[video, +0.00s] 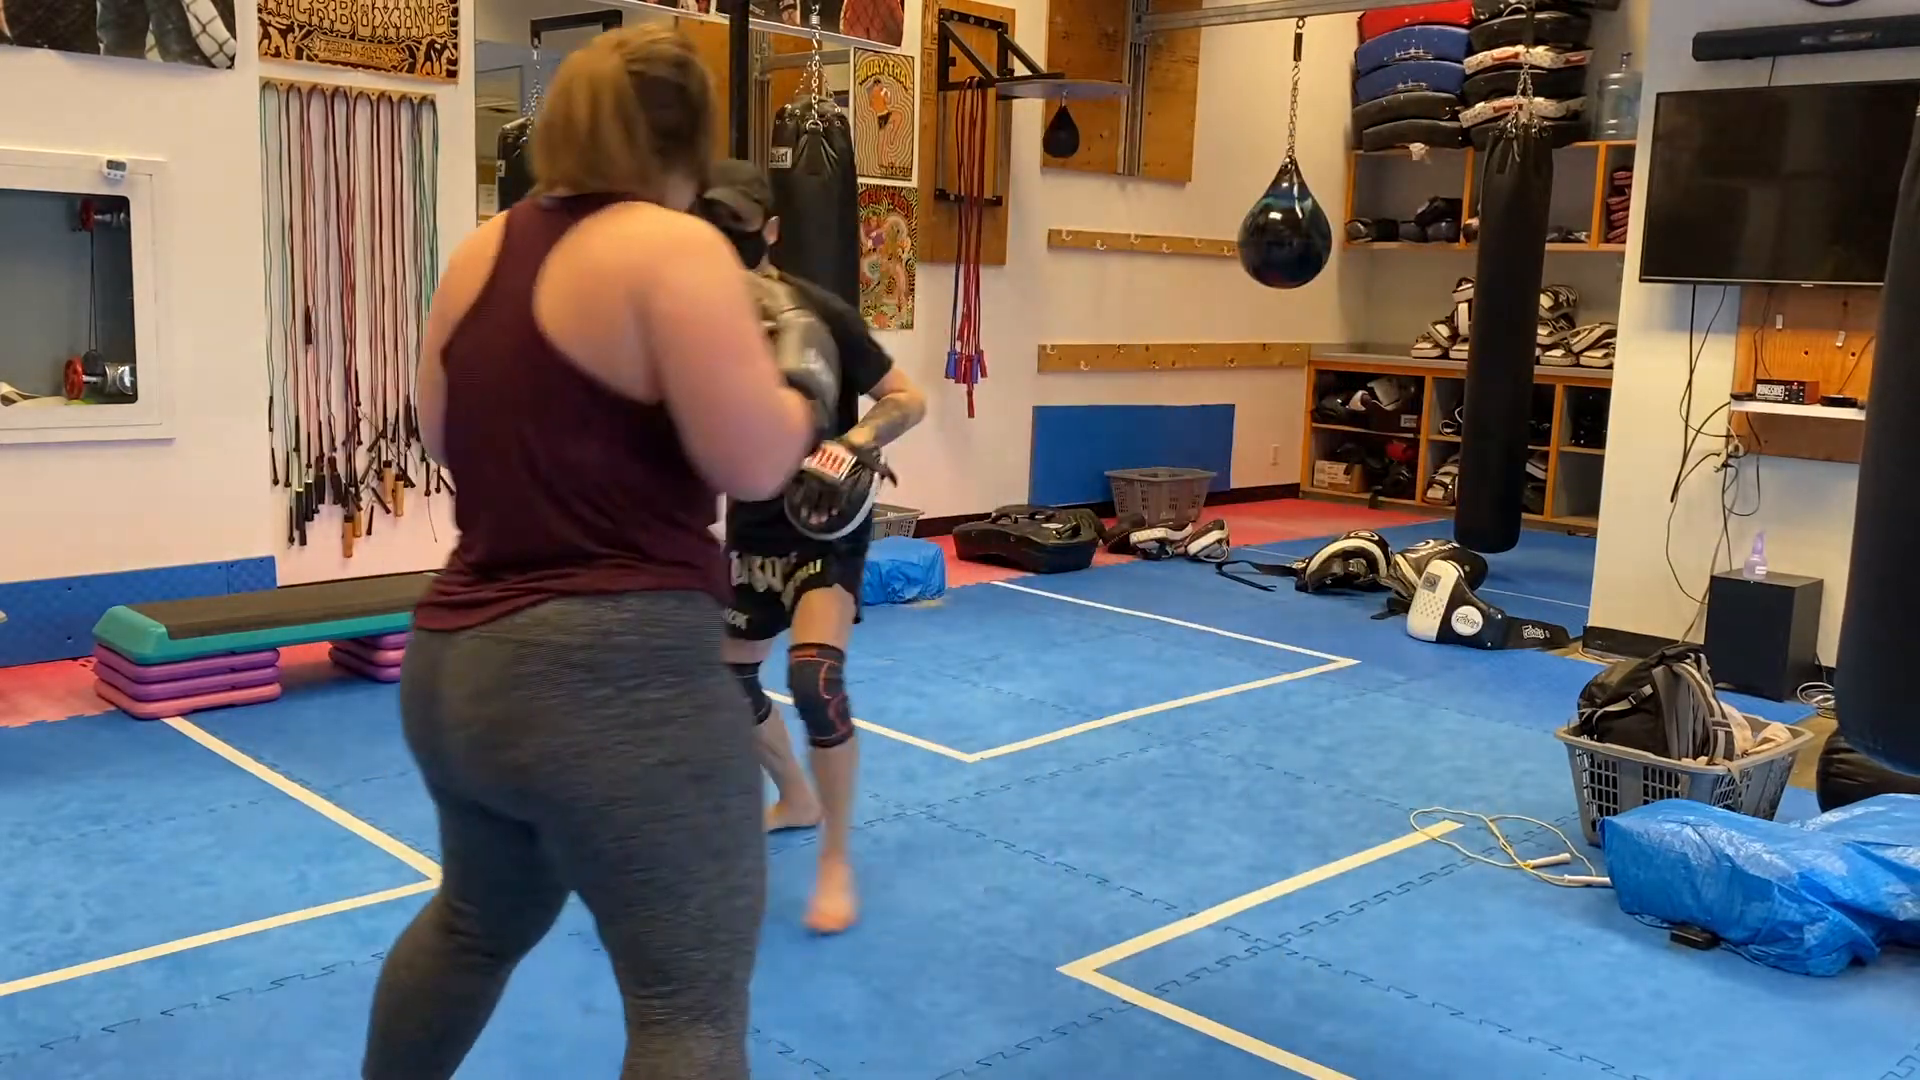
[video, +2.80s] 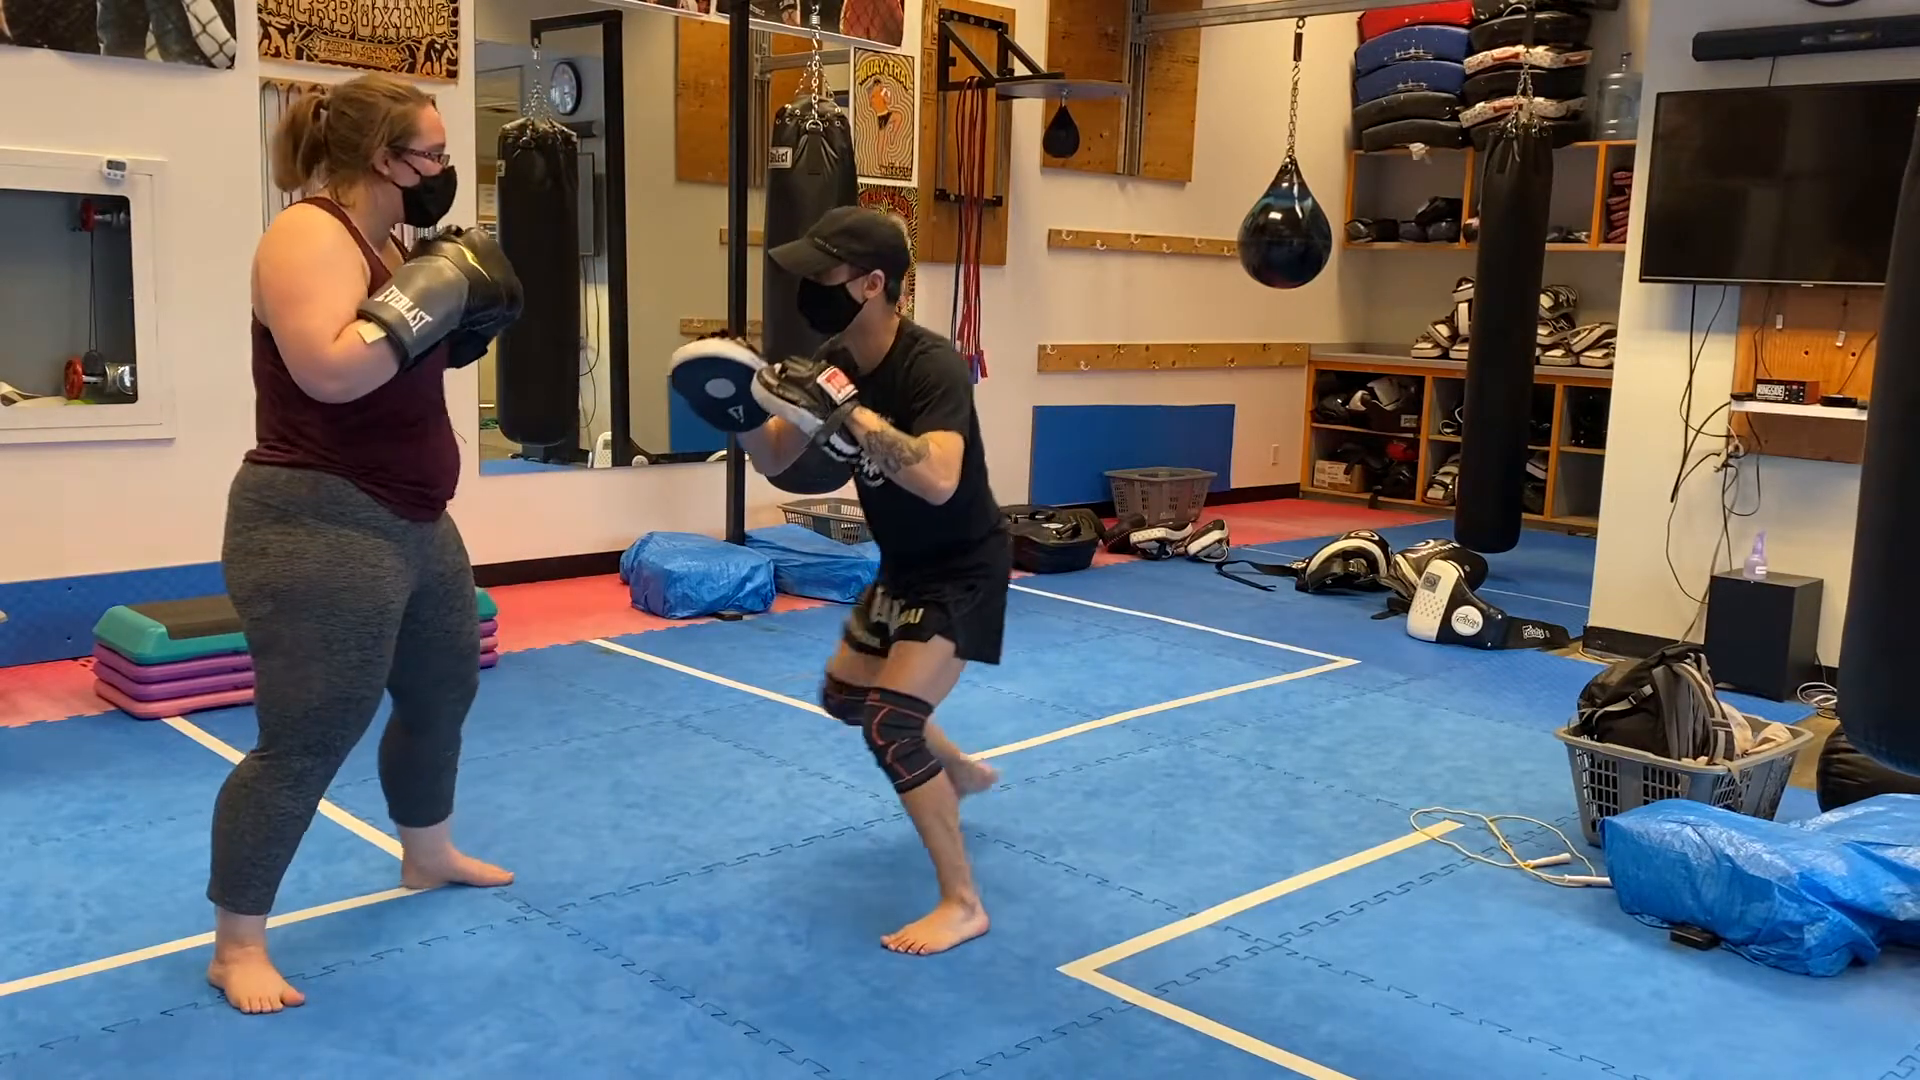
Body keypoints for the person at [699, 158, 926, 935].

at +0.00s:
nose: (715, 240)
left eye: (730, 225)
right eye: (706, 224)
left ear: (765, 227)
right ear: (694, 226)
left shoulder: (814, 310)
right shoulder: (698, 315)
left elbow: (909, 400)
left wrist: (851, 442)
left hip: (827, 513)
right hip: (748, 513)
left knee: (815, 679)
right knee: (728, 683)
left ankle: (836, 858)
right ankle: (797, 796)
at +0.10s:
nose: (747, 226)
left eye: (764, 213)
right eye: (739, 211)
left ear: (802, 215)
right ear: (726, 213)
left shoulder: (850, 303)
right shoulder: (735, 303)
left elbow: (939, 394)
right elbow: (723, 387)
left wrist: (869, 420)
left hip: (859, 505)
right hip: (785, 503)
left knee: (858, 692)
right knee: (760, 672)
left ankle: (934, 862)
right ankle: (800, 799)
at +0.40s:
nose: (840, 230)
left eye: (856, 218)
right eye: (833, 216)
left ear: (898, 217)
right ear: (827, 217)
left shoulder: (932, 297)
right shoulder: (832, 299)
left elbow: (960, 393)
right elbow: (774, 395)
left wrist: (878, 335)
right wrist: (743, 350)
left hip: (953, 519)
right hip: (886, 517)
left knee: (947, 704)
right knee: (840, 662)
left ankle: (999, 884)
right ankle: (879, 796)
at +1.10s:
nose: (856, 250)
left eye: (869, 232)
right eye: (850, 235)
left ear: (915, 226)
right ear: (880, 232)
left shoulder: (953, 302)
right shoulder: (888, 299)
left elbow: (903, 355)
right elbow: (815, 365)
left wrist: (841, 273)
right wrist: (774, 292)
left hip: (982, 539)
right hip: (938, 537)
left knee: (907, 713)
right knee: (954, 673)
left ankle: (945, 912)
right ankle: (999, 794)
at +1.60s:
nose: (890, 251)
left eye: (907, 239)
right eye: (889, 238)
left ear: (959, 243)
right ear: (890, 238)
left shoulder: (1001, 324)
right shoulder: (896, 318)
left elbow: (1002, 423)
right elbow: (811, 390)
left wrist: (921, 352)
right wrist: (809, 305)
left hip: (1014, 544)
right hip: (952, 542)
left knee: (949, 703)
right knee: (961, 692)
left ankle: (964, 899)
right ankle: (1027, 805)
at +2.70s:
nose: (822, 271)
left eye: (835, 259)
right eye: (823, 258)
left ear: (882, 263)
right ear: (869, 264)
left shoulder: (948, 347)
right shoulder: (846, 348)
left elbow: (957, 460)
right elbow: (785, 442)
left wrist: (865, 399)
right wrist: (744, 374)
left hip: (986, 543)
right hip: (924, 543)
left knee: (922, 705)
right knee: (905, 690)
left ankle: (964, 901)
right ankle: (1009, 782)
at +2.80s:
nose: (812, 293)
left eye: (826, 282)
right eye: (812, 281)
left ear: (873, 285)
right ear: (855, 286)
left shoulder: (935, 365)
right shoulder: (837, 361)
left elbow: (939, 478)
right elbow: (780, 459)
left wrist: (848, 412)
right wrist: (738, 407)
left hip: (963, 562)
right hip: (902, 558)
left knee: (894, 725)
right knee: (845, 694)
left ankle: (963, 903)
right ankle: (963, 769)